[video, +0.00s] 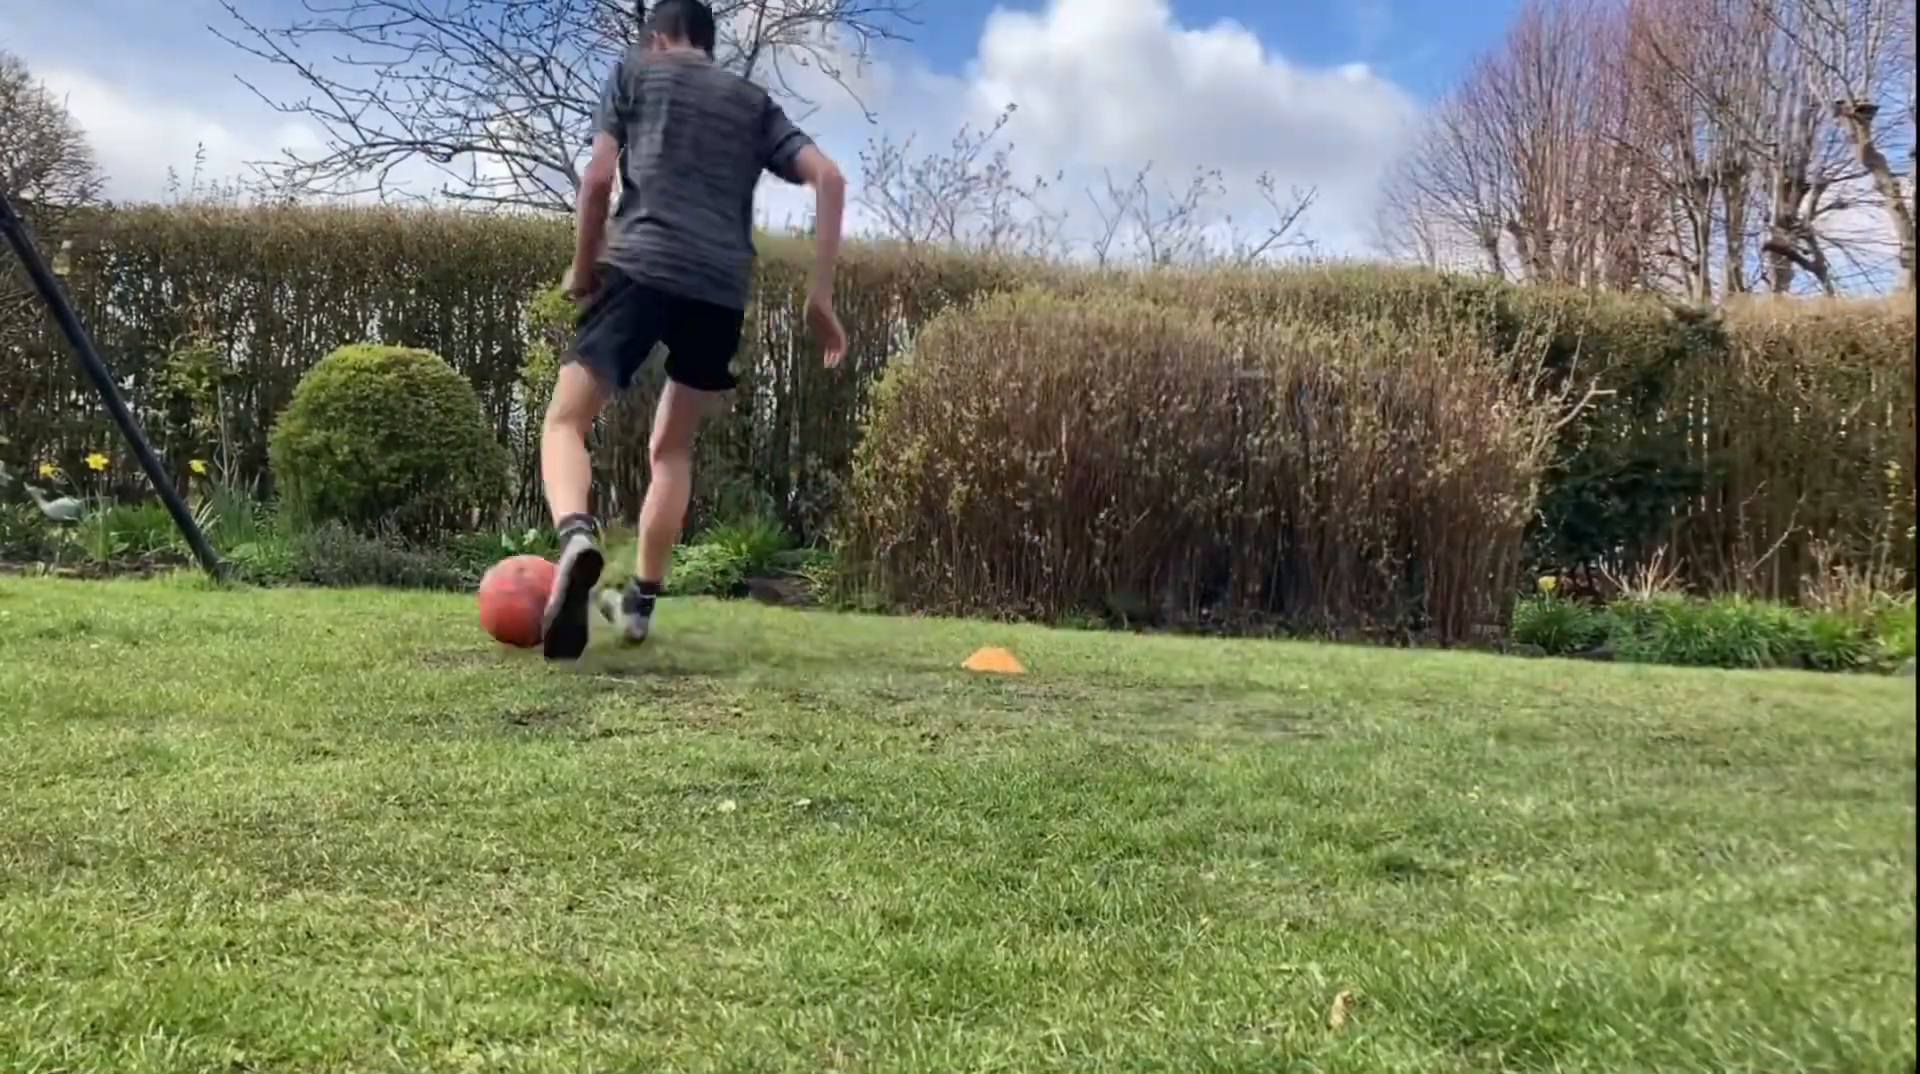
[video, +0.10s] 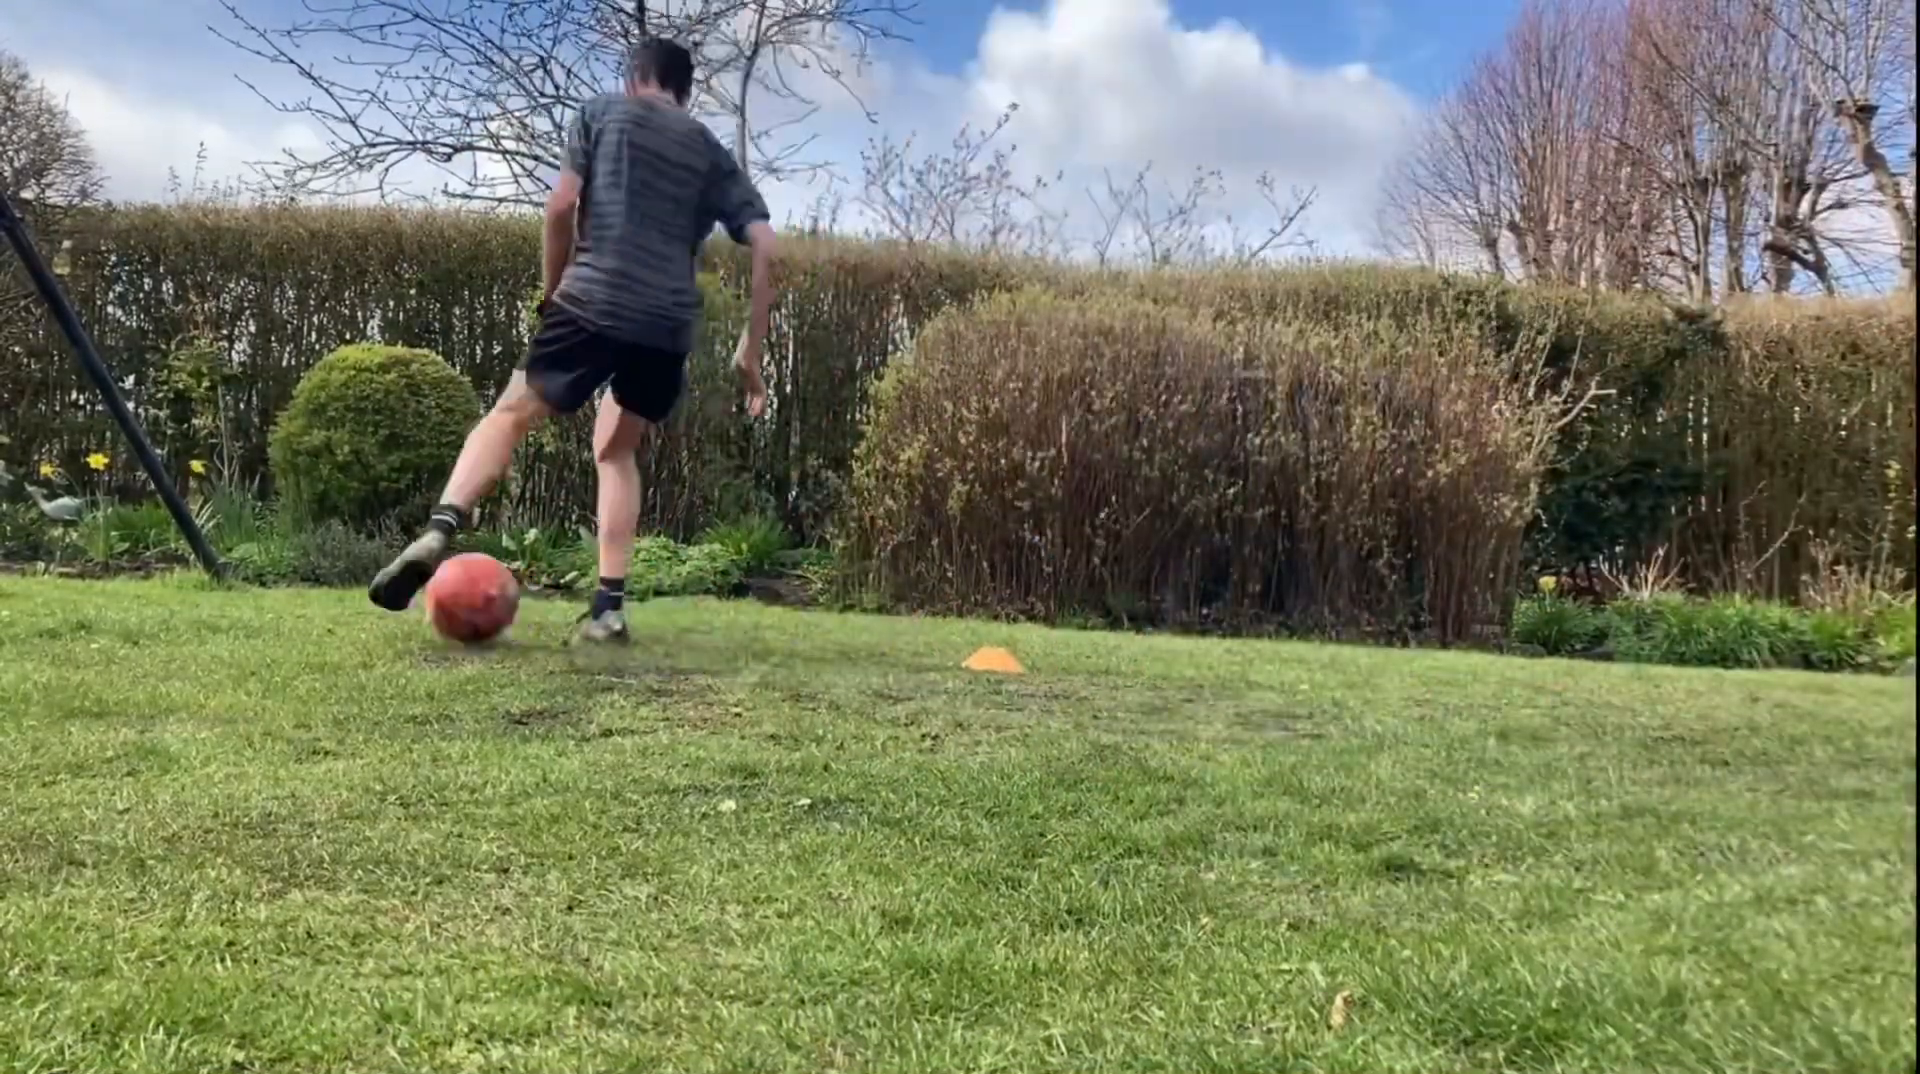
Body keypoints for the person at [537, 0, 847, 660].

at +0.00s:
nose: (646, 51)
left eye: (647, 41)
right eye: (650, 42)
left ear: (660, 36)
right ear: (711, 44)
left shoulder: (639, 69)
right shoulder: (754, 100)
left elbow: (597, 178)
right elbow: (831, 178)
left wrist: (583, 269)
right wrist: (821, 294)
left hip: (640, 272)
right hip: (721, 292)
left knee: (566, 421)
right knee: (672, 449)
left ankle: (576, 534)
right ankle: (641, 605)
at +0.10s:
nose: (627, 90)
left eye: (629, 81)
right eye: (633, 84)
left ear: (637, 80)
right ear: (687, 92)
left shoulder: (603, 112)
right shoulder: (713, 150)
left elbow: (562, 204)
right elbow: (765, 244)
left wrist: (552, 288)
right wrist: (752, 346)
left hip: (590, 305)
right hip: (667, 325)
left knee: (511, 414)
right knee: (617, 449)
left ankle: (442, 527)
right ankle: (610, 608)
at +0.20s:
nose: (663, 111)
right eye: (669, 104)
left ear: (622, 75)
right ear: (668, 98)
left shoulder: (576, 94)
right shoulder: (676, 147)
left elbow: (508, 157)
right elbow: (707, 263)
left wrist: (523, 233)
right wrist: (679, 339)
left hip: (531, 278)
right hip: (609, 306)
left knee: (480, 403)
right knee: (593, 436)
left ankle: (387, 534)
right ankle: (602, 588)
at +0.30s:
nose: (661, 131)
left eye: (662, 120)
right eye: (664, 119)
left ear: (619, 85)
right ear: (659, 106)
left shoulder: (551, 97)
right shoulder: (643, 153)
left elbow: (459, 132)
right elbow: (658, 266)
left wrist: (486, 196)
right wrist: (632, 309)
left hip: (462, 271)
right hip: (539, 292)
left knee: (489, 385)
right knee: (595, 413)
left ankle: (399, 509)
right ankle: (557, 573)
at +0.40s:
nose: (637, 162)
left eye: (647, 154)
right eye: (646, 148)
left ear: (612, 111)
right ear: (634, 118)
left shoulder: (513, 124)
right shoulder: (592, 160)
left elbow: (421, 172)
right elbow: (571, 250)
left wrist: (460, 228)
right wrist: (599, 308)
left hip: (422, 299)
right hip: (485, 311)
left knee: (458, 442)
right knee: (576, 449)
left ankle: (378, 579)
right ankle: (514, 593)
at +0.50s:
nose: (621, 175)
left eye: (629, 166)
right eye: (623, 159)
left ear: (586, 139)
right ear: (590, 136)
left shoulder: (516, 169)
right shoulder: (535, 179)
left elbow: (437, 245)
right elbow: (464, 250)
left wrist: (491, 328)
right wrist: (533, 327)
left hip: (402, 332)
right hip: (434, 337)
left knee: (469, 465)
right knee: (572, 448)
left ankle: (372, 589)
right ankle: (516, 588)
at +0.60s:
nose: (601, 144)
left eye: (610, 135)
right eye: (598, 126)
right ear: (562, 107)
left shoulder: (527, 177)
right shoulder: (499, 158)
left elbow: (487, 274)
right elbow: (403, 219)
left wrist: (529, 328)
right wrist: (453, 319)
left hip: (431, 329)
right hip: (422, 326)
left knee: (468, 465)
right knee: (552, 435)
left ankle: (373, 590)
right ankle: (477, 566)